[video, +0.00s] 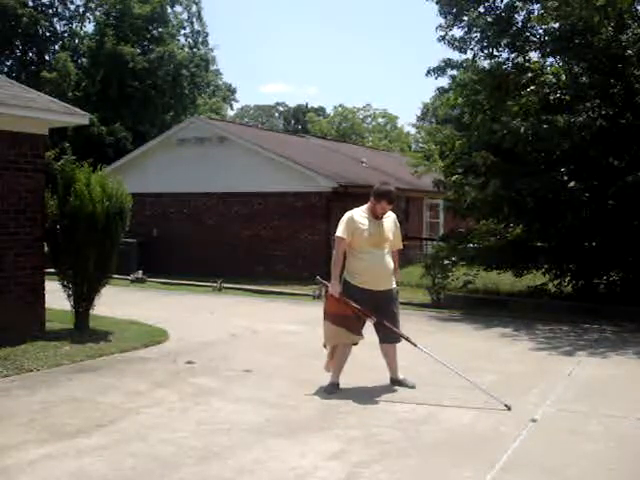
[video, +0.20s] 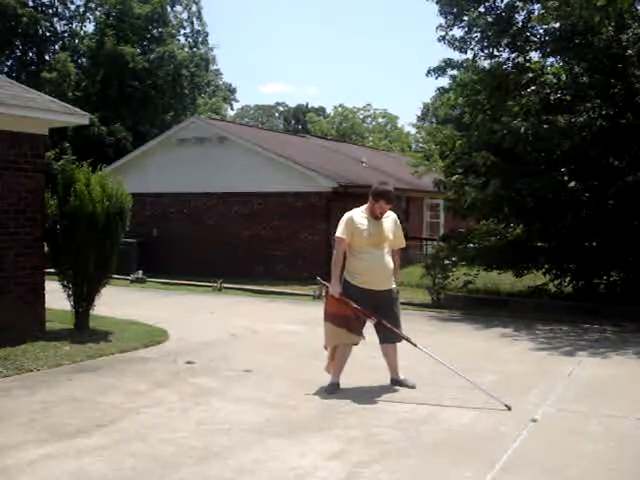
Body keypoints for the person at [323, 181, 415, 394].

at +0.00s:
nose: (385, 211)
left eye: (388, 207)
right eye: (383, 206)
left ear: (390, 205)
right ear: (372, 200)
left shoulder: (391, 219)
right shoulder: (352, 218)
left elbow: (395, 252)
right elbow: (339, 250)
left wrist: (394, 277)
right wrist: (335, 280)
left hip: (385, 289)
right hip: (356, 287)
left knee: (389, 336)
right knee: (346, 334)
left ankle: (395, 376)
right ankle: (334, 380)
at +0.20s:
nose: (384, 211)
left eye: (387, 207)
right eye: (381, 206)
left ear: (389, 205)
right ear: (372, 200)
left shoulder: (391, 219)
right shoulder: (351, 218)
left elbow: (395, 253)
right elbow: (339, 250)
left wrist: (395, 279)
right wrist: (335, 281)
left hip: (385, 289)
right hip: (355, 288)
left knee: (389, 336)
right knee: (347, 335)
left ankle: (395, 376)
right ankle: (334, 380)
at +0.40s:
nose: (384, 211)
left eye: (387, 207)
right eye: (381, 206)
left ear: (389, 205)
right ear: (371, 200)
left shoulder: (392, 220)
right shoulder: (351, 218)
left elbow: (399, 254)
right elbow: (339, 250)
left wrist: (395, 276)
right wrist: (336, 281)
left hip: (386, 290)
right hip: (355, 288)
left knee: (389, 336)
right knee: (347, 335)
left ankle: (396, 376)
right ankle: (335, 380)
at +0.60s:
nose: (383, 210)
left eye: (387, 207)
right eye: (380, 206)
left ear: (390, 205)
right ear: (371, 201)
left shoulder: (393, 220)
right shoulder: (352, 219)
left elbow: (404, 253)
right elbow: (340, 251)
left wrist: (417, 278)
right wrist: (336, 282)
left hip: (387, 289)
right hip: (356, 288)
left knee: (390, 336)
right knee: (347, 335)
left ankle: (396, 377)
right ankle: (335, 380)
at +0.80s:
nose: (385, 210)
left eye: (388, 207)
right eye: (382, 206)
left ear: (390, 205)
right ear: (371, 200)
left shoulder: (394, 221)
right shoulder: (352, 219)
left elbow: (401, 254)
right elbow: (340, 251)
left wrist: (408, 278)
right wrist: (336, 282)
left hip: (387, 290)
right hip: (356, 288)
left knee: (390, 336)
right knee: (347, 336)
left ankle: (396, 377)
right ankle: (335, 380)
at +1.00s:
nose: (383, 211)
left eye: (387, 208)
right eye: (381, 206)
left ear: (390, 206)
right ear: (371, 200)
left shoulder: (394, 221)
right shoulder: (352, 218)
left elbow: (400, 255)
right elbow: (340, 250)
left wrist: (404, 281)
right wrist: (337, 282)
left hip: (388, 289)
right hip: (356, 287)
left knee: (390, 336)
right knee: (347, 335)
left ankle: (396, 376)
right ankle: (335, 380)